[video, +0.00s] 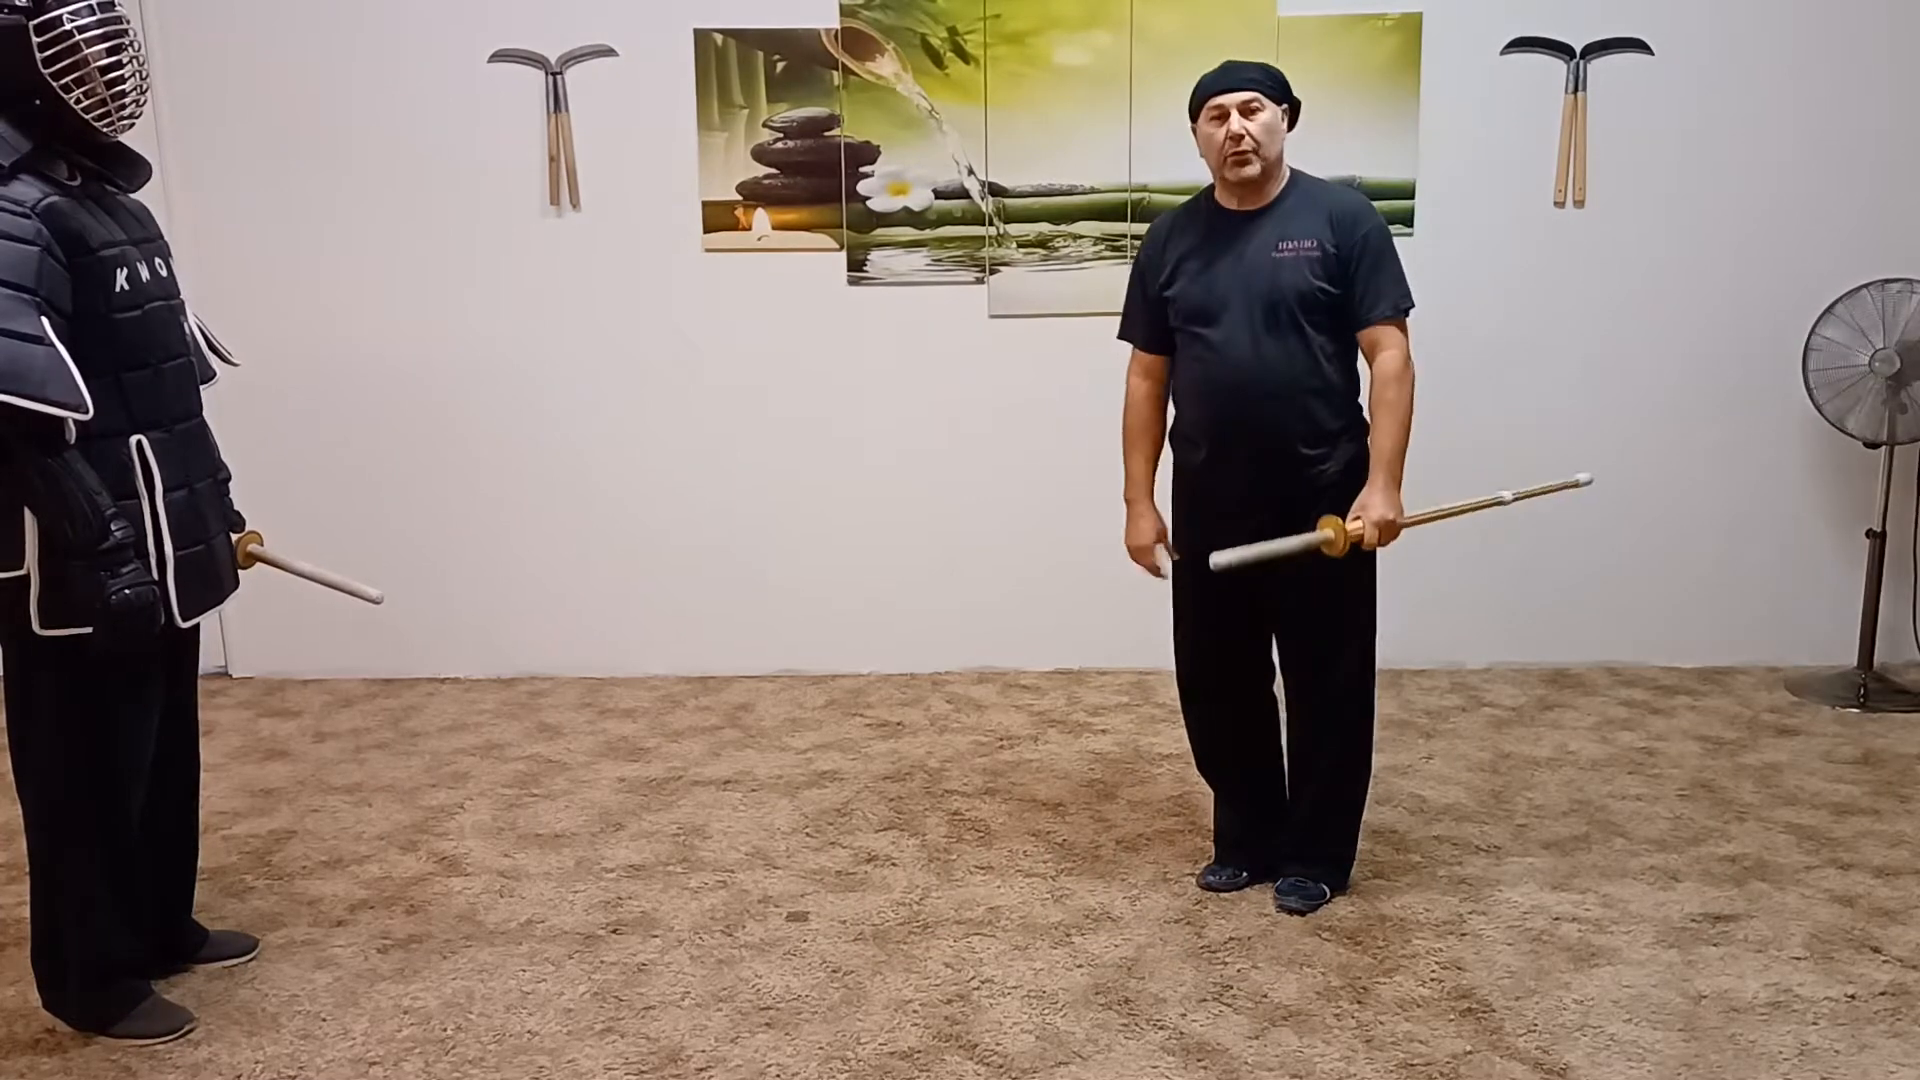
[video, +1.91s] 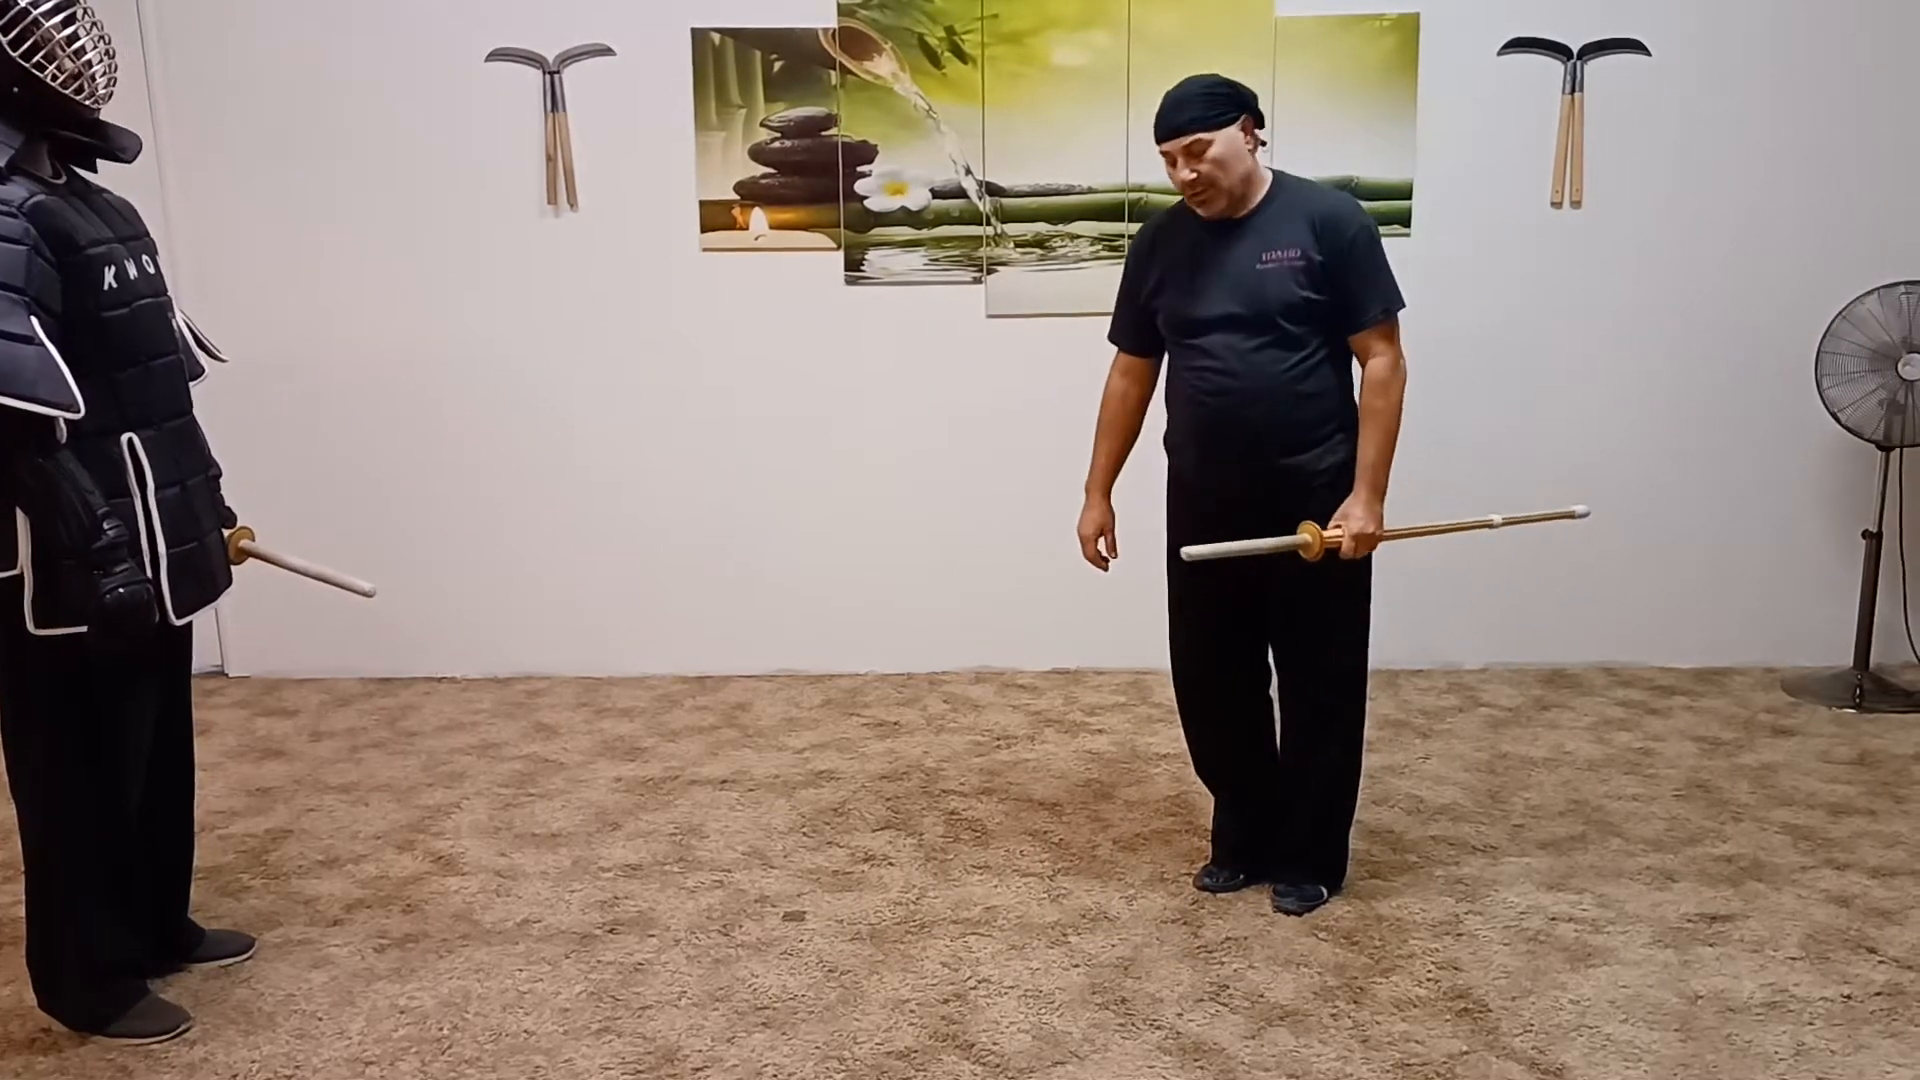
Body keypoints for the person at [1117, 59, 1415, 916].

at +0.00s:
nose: (1235, 125)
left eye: (1252, 111)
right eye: (1218, 116)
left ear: (1287, 124)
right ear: (1198, 139)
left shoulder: (1342, 215)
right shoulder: (1169, 239)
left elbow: (1389, 356)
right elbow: (1147, 377)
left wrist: (1384, 482)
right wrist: (1139, 499)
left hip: (1324, 496)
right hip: (1213, 500)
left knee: (1328, 685)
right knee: (1218, 684)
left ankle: (1319, 858)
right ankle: (1244, 844)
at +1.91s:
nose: (1184, 173)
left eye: (1198, 151)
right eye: (1171, 160)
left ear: (1250, 135)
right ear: (1162, 162)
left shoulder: (1328, 221)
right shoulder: (1159, 244)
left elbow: (1382, 359)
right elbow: (1130, 371)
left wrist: (1367, 494)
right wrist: (1096, 491)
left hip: (1314, 502)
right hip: (1204, 504)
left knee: (1321, 689)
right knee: (1211, 683)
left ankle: (1313, 860)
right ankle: (1242, 845)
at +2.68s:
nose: (1192, 176)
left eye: (1202, 153)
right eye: (1185, 161)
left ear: (1258, 137)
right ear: (1227, 153)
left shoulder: (1349, 220)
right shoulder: (1227, 243)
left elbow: (1411, 368)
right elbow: (1206, 367)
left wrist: (1358, 503)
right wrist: (1149, 484)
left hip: (1355, 509)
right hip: (1255, 509)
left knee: (1407, 710)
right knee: (1240, 685)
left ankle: (1443, 918)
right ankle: (1257, 842)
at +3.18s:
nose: (1304, 171)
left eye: (1316, 150)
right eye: (1301, 153)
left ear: (1376, 140)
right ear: (1360, 148)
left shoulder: (1458, 236)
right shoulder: (1343, 231)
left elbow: (1497, 401)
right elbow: (1273, 335)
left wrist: (1374, 499)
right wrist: (1232, 428)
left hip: (1453, 516)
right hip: (1355, 512)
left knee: (1459, 727)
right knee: (1360, 708)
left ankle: (1459, 933)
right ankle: (1373, 885)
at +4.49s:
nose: (1322, 164)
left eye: (1335, 145)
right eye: (1323, 147)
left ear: (1392, 143)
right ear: (1383, 147)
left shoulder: (1461, 240)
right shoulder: (1368, 241)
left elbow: (1525, 390)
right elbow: (1271, 336)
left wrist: (1390, 473)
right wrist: (1190, 414)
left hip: (1423, 528)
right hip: (1353, 517)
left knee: (1415, 726)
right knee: (1306, 683)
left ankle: (1453, 932)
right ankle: (1241, 828)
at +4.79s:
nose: (1248, 162)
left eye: (1263, 143)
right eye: (1249, 147)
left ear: (1322, 146)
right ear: (1298, 154)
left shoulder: (1390, 233)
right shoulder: (1283, 245)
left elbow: (1482, 352)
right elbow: (1170, 304)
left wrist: (1384, 476)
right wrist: (1064, 352)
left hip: (1372, 525)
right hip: (1300, 517)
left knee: (1392, 732)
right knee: (1261, 690)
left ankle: (1453, 931)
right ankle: (1216, 845)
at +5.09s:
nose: (1187, 188)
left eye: (1198, 168)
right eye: (1183, 174)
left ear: (1254, 159)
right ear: (1230, 170)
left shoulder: (1327, 232)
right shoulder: (1212, 257)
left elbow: (1438, 334)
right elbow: (1107, 283)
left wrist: (1413, 484)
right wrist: (998, 315)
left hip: (1346, 531)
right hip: (1262, 527)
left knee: (1393, 731)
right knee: (1216, 667)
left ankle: (1457, 929)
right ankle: (1204, 845)